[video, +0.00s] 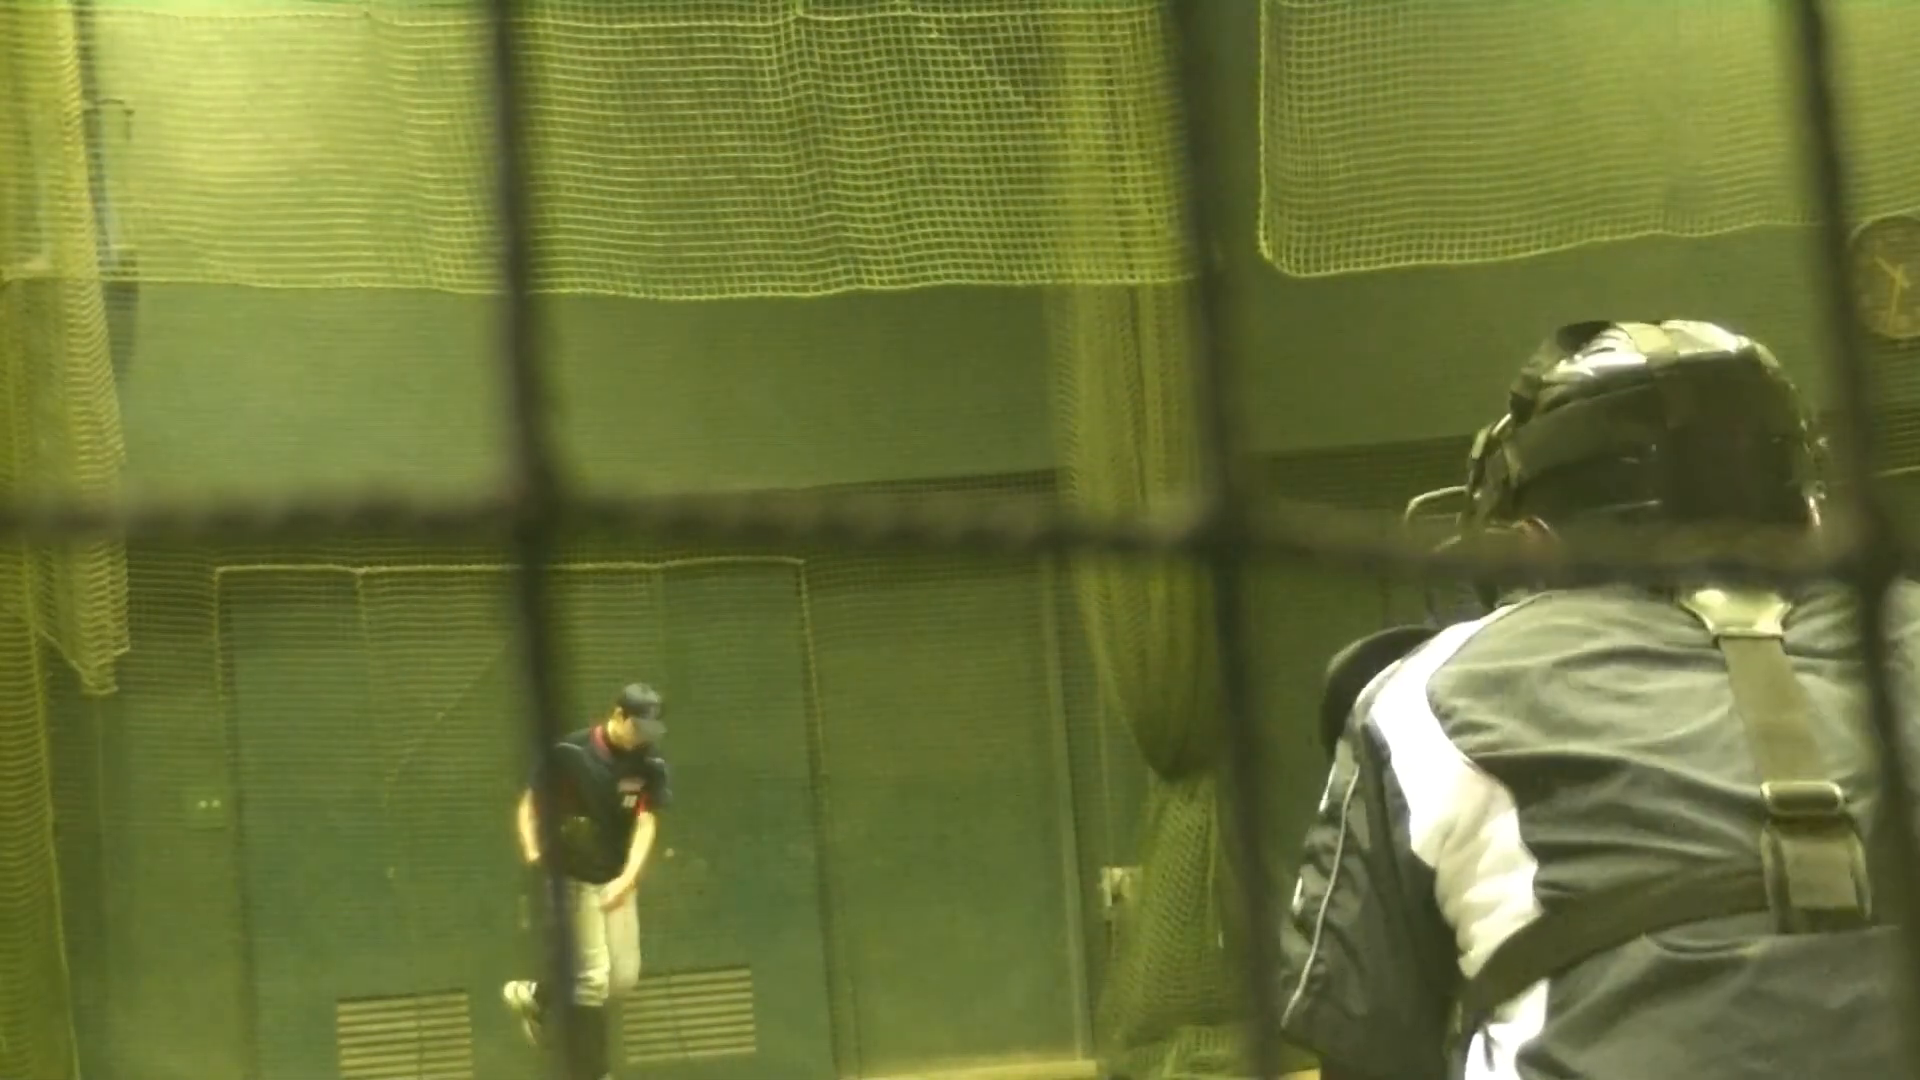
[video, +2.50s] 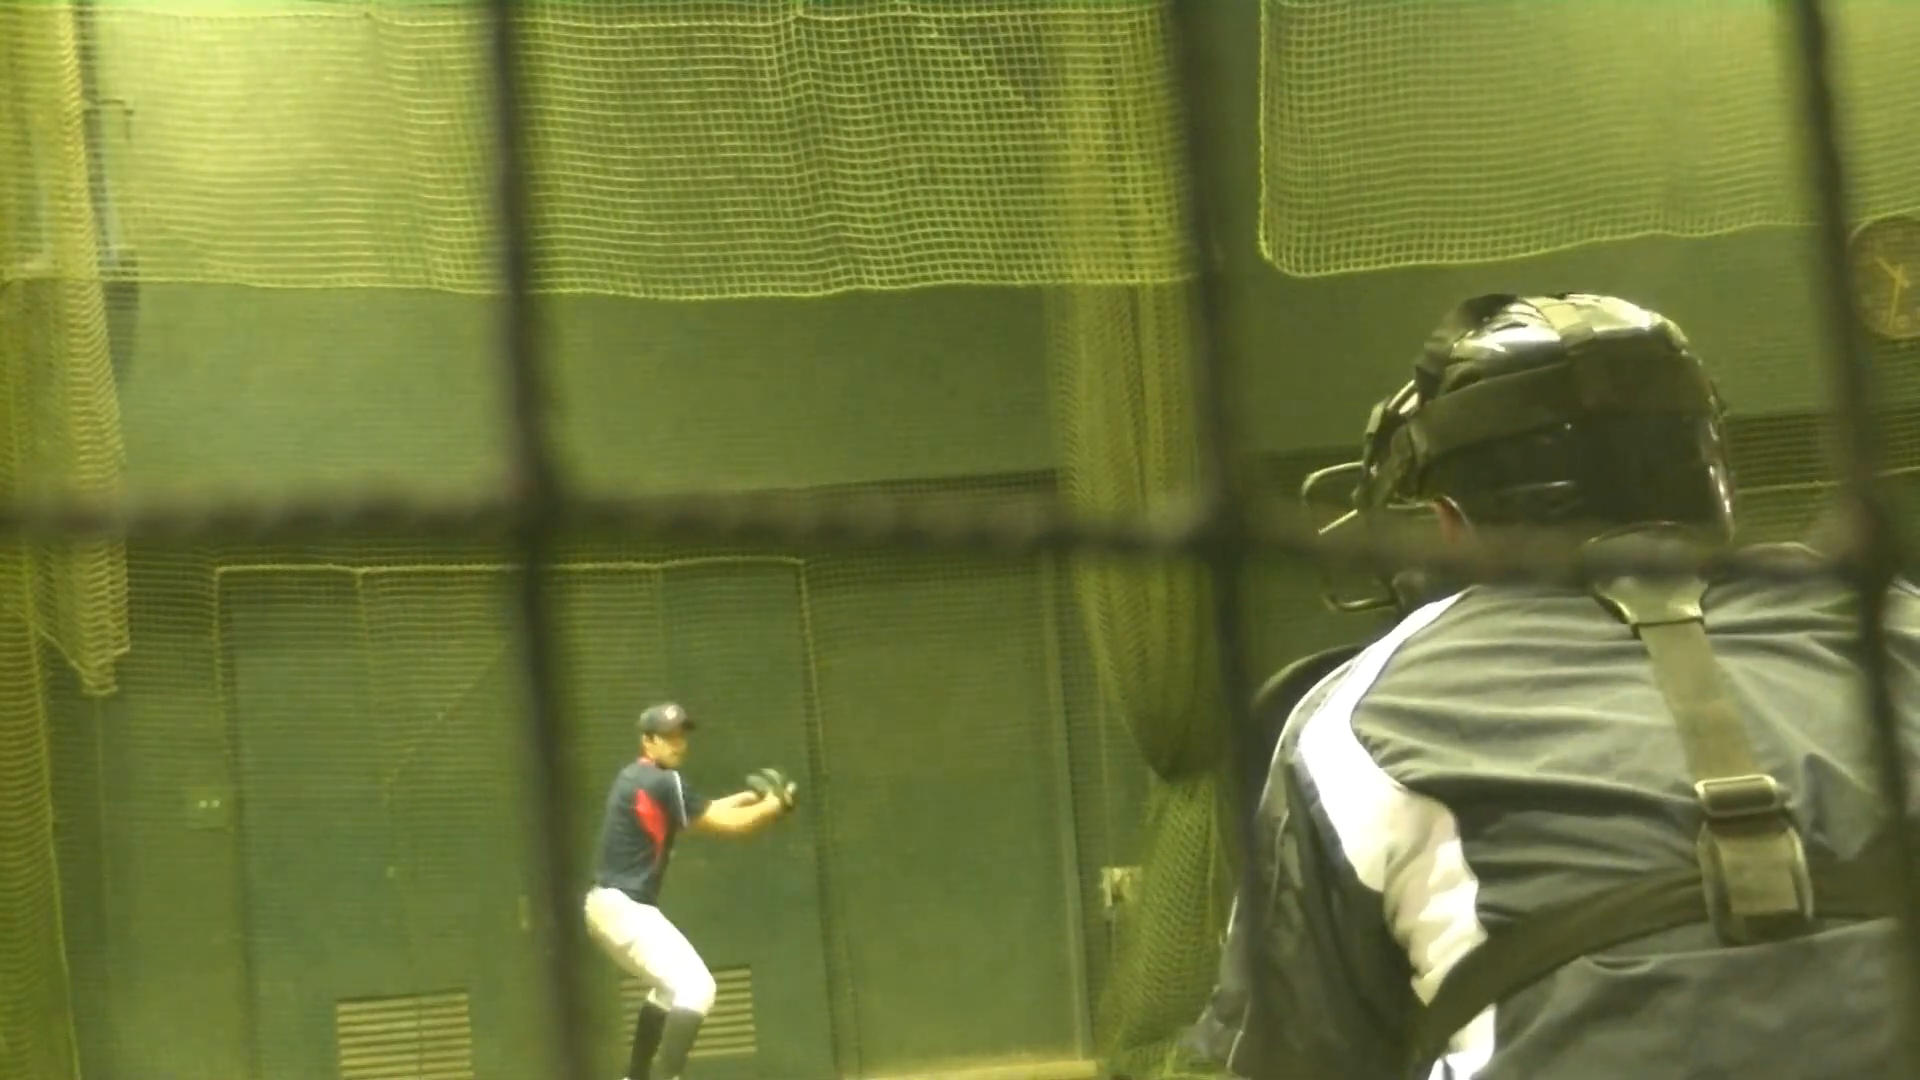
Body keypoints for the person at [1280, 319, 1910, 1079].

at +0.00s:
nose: (1482, 557)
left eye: (1492, 530)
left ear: (1532, 542)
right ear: (1798, 511)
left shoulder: (1421, 702)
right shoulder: (1902, 625)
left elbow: (1349, 1042)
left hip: (1616, 1037)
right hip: (1897, 1029)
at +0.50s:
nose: (1432, 551)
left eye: (1442, 529)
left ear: (1486, 533)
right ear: (1760, 499)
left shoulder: (1372, 710)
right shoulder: (1895, 622)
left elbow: (1311, 1044)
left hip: (1592, 1033)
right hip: (1889, 1023)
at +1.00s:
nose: (1392, 540)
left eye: (1396, 517)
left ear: (1434, 526)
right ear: (1709, 492)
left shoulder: (1322, 713)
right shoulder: (1886, 625)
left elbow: (1272, 1052)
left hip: (1573, 1024)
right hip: (1886, 1011)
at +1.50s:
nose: (1404, 544)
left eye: (1406, 520)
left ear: (1442, 533)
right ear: (1719, 490)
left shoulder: (1335, 722)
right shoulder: (1894, 621)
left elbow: (1284, 1052)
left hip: (1575, 1024)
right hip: (1890, 1009)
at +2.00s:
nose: (1415, 544)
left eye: (1420, 518)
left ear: (1461, 523)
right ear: (1735, 487)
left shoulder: (1347, 713)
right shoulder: (1891, 622)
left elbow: (1294, 1049)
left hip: (1588, 1022)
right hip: (1884, 1016)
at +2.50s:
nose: (1402, 557)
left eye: (1408, 529)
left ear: (1450, 532)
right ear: (1715, 489)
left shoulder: (1342, 723)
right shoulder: (1887, 616)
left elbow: (1296, 1053)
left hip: (1585, 1024)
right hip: (1889, 1010)